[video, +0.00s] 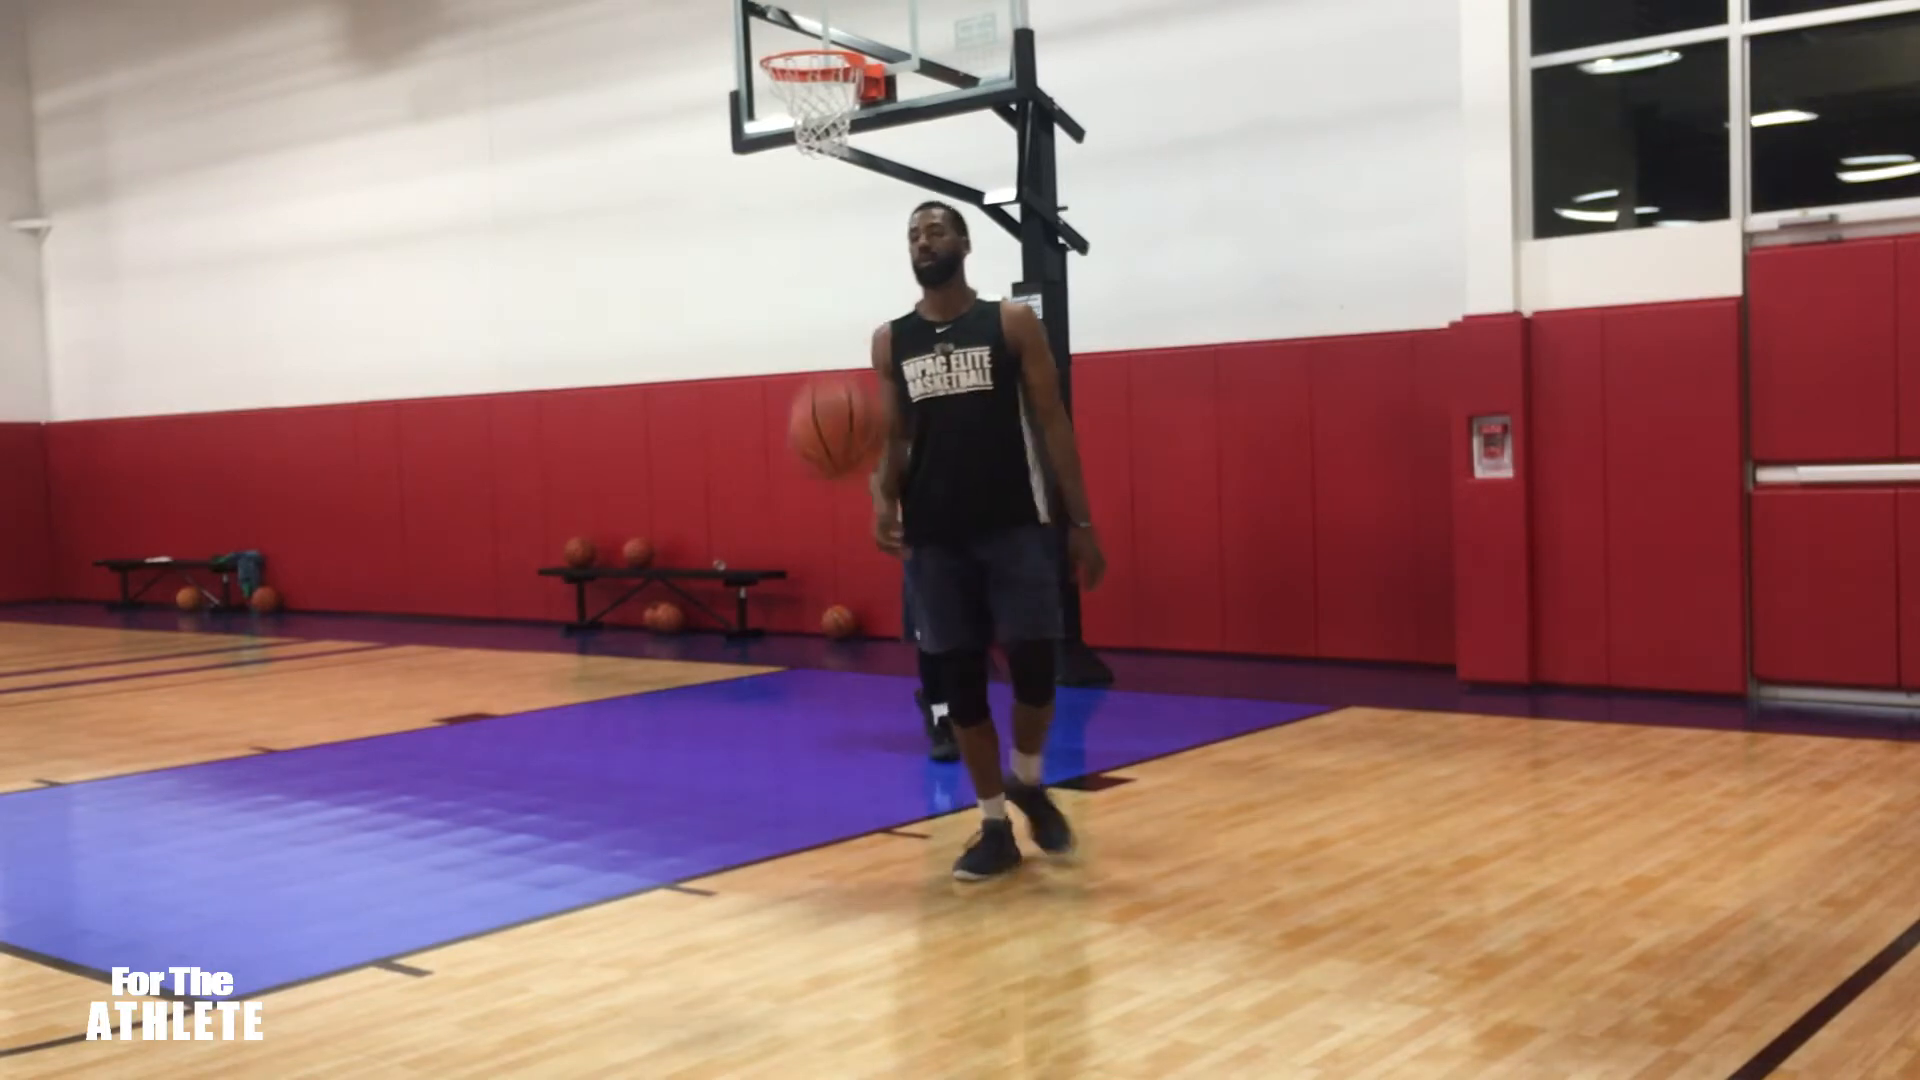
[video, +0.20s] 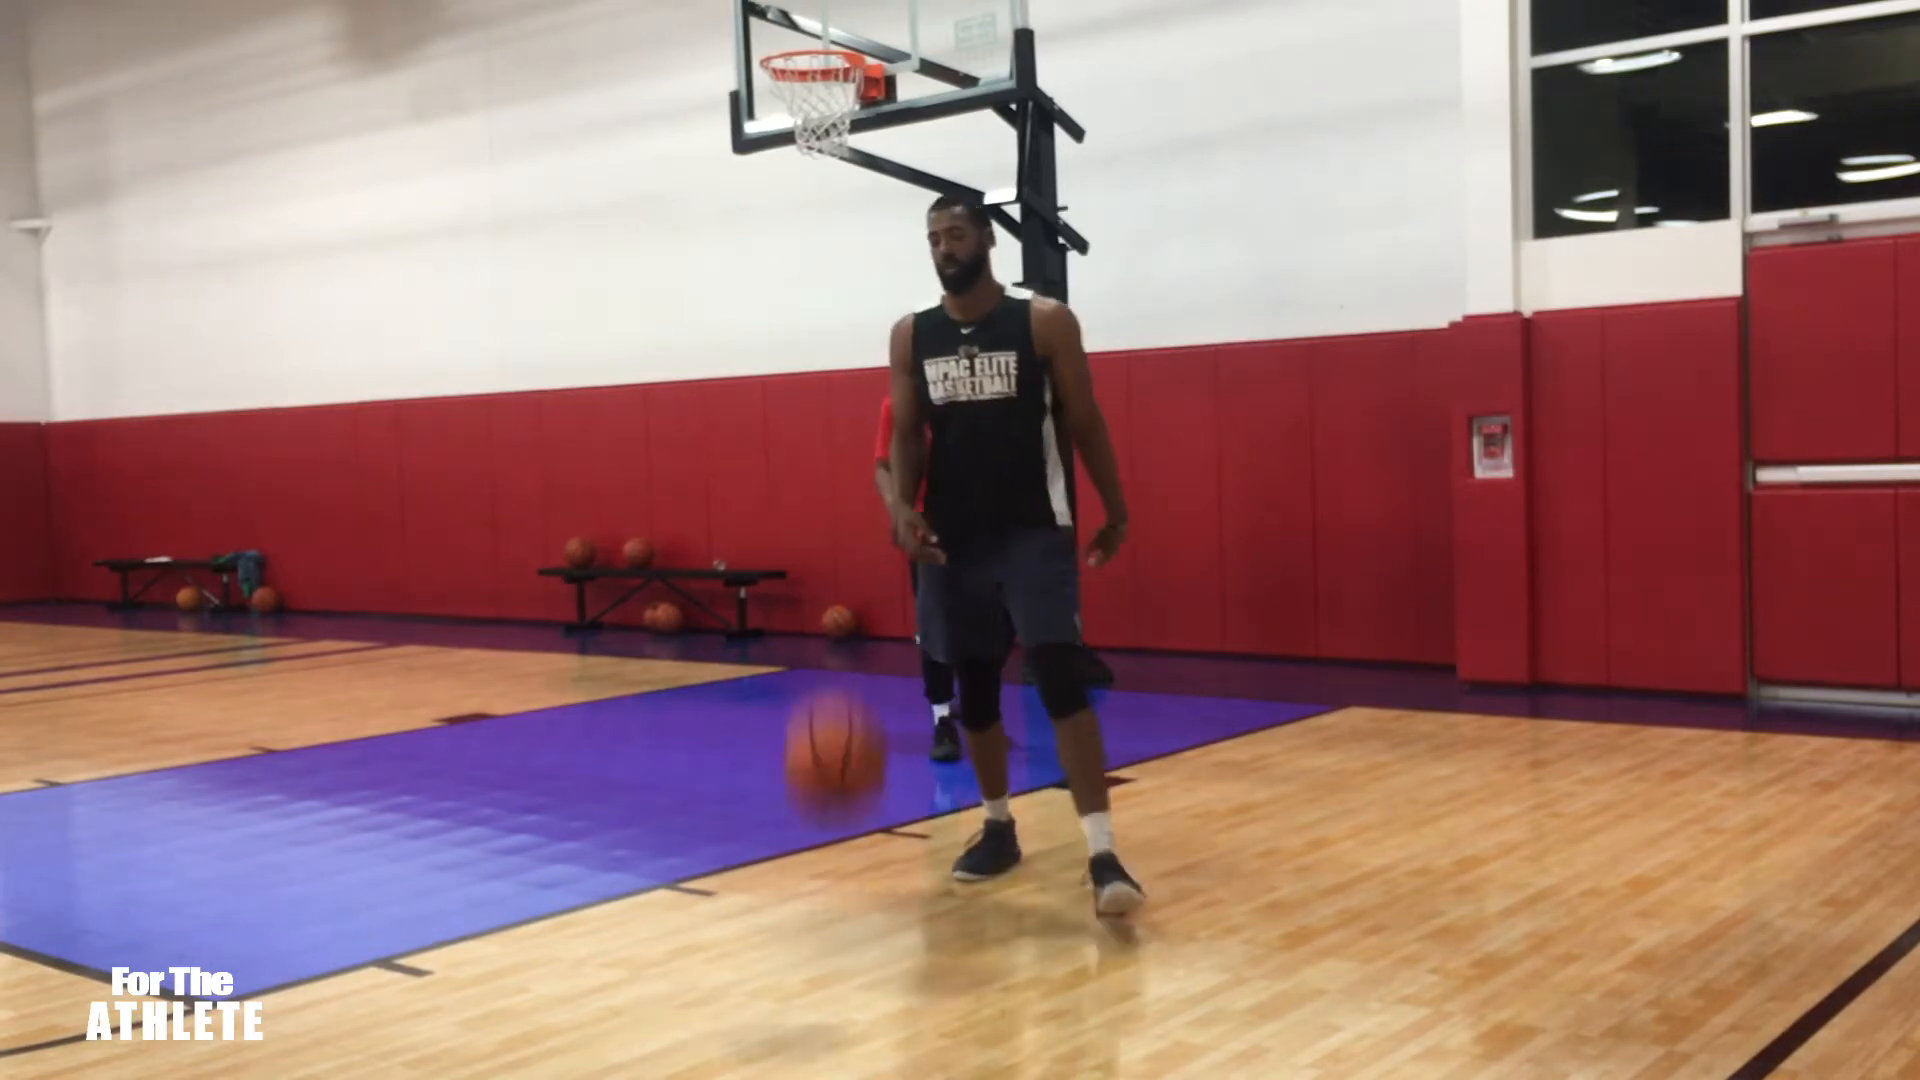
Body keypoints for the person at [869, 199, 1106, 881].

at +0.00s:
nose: (927, 239)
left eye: (939, 229)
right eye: (917, 233)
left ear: (966, 245)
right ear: (908, 254)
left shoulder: (1014, 322)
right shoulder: (892, 341)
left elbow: (1051, 423)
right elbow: (894, 436)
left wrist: (1080, 521)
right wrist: (885, 499)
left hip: (1015, 527)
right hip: (936, 538)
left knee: (1037, 667)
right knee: (959, 681)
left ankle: (1027, 781)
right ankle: (993, 824)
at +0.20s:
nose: (945, 246)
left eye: (956, 233)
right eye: (935, 237)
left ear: (987, 238)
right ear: (927, 249)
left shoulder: (1046, 322)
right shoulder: (912, 337)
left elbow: (1084, 423)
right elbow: (905, 436)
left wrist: (1116, 512)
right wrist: (902, 509)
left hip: (1035, 534)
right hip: (954, 540)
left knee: (1060, 679)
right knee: (974, 691)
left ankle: (1103, 857)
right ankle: (998, 829)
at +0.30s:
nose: (958, 262)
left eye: (970, 249)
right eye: (948, 252)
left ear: (1004, 251)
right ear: (941, 260)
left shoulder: (1061, 336)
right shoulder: (926, 351)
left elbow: (1111, 440)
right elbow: (914, 456)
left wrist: (1143, 534)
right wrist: (905, 538)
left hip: (1048, 552)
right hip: (966, 558)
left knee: (1070, 694)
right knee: (984, 701)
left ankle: (1115, 880)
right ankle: (1001, 828)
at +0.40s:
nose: (969, 271)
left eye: (981, 257)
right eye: (960, 261)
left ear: (1021, 258)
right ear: (956, 270)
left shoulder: (1081, 344)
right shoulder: (948, 363)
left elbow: (1137, 455)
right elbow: (932, 477)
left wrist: (1169, 564)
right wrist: (902, 565)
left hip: (1068, 557)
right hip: (986, 566)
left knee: (1071, 701)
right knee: (982, 707)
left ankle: (1120, 902)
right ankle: (1006, 814)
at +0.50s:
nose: (974, 260)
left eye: (987, 244)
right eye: (965, 249)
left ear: (1028, 246)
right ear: (963, 260)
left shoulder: (1093, 327)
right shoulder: (959, 353)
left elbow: (1161, 428)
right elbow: (947, 471)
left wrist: (1174, 534)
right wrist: (906, 558)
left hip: (1084, 548)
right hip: (1002, 556)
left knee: (1067, 706)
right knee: (967, 716)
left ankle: (1117, 904)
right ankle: (1016, 801)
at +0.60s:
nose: (968, 225)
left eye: (980, 210)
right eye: (960, 214)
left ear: (1026, 211)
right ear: (961, 225)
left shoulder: (1094, 290)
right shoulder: (962, 325)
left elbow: (1179, 380)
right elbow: (952, 442)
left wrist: (1166, 463)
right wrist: (903, 536)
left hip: (1087, 518)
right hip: (1004, 525)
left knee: (1065, 680)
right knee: (957, 690)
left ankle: (1129, 889)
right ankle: (1018, 829)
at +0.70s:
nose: (962, 207)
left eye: (973, 192)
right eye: (959, 194)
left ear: (1020, 194)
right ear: (980, 203)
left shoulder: (1099, 273)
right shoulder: (966, 313)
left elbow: (1180, 362)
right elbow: (953, 431)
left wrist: (1147, 413)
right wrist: (901, 517)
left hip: (1090, 506)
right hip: (1006, 517)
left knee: (1074, 675)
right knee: (956, 681)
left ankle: (1159, 897)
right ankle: (971, 877)